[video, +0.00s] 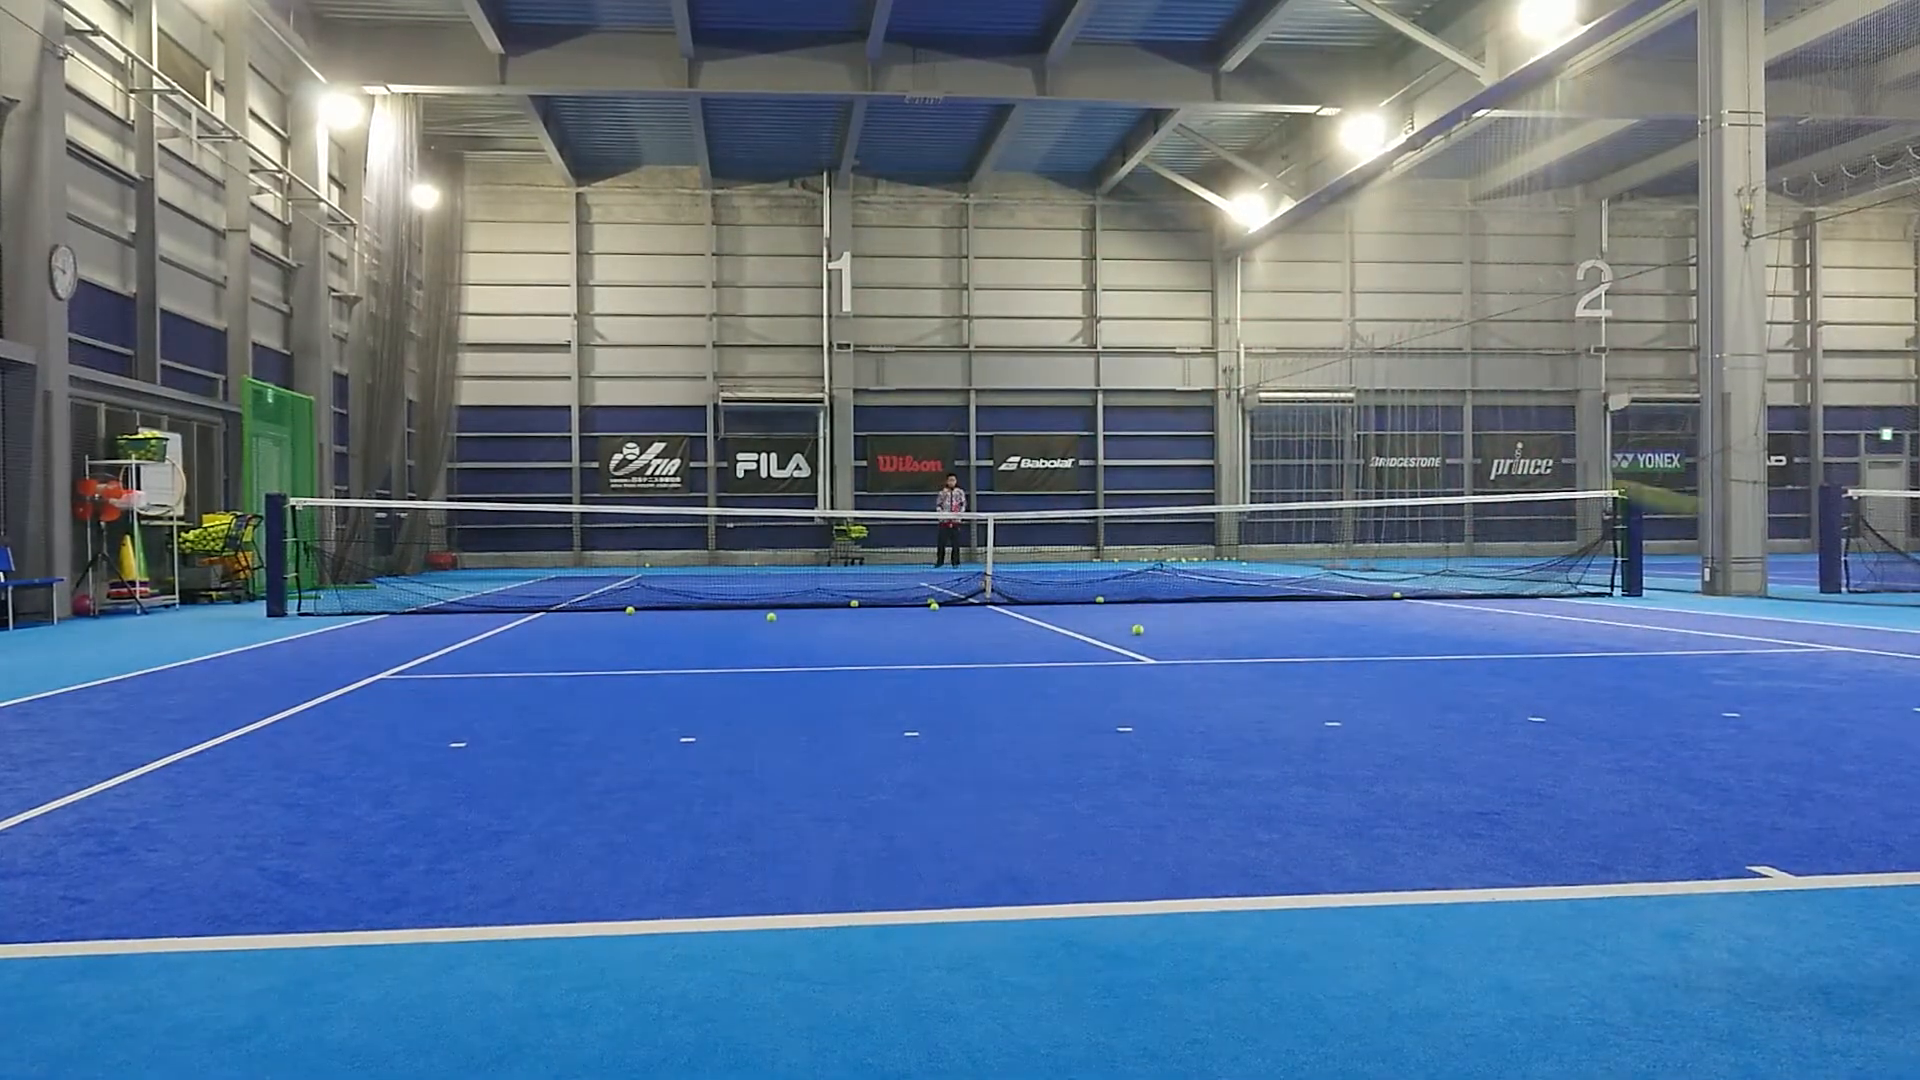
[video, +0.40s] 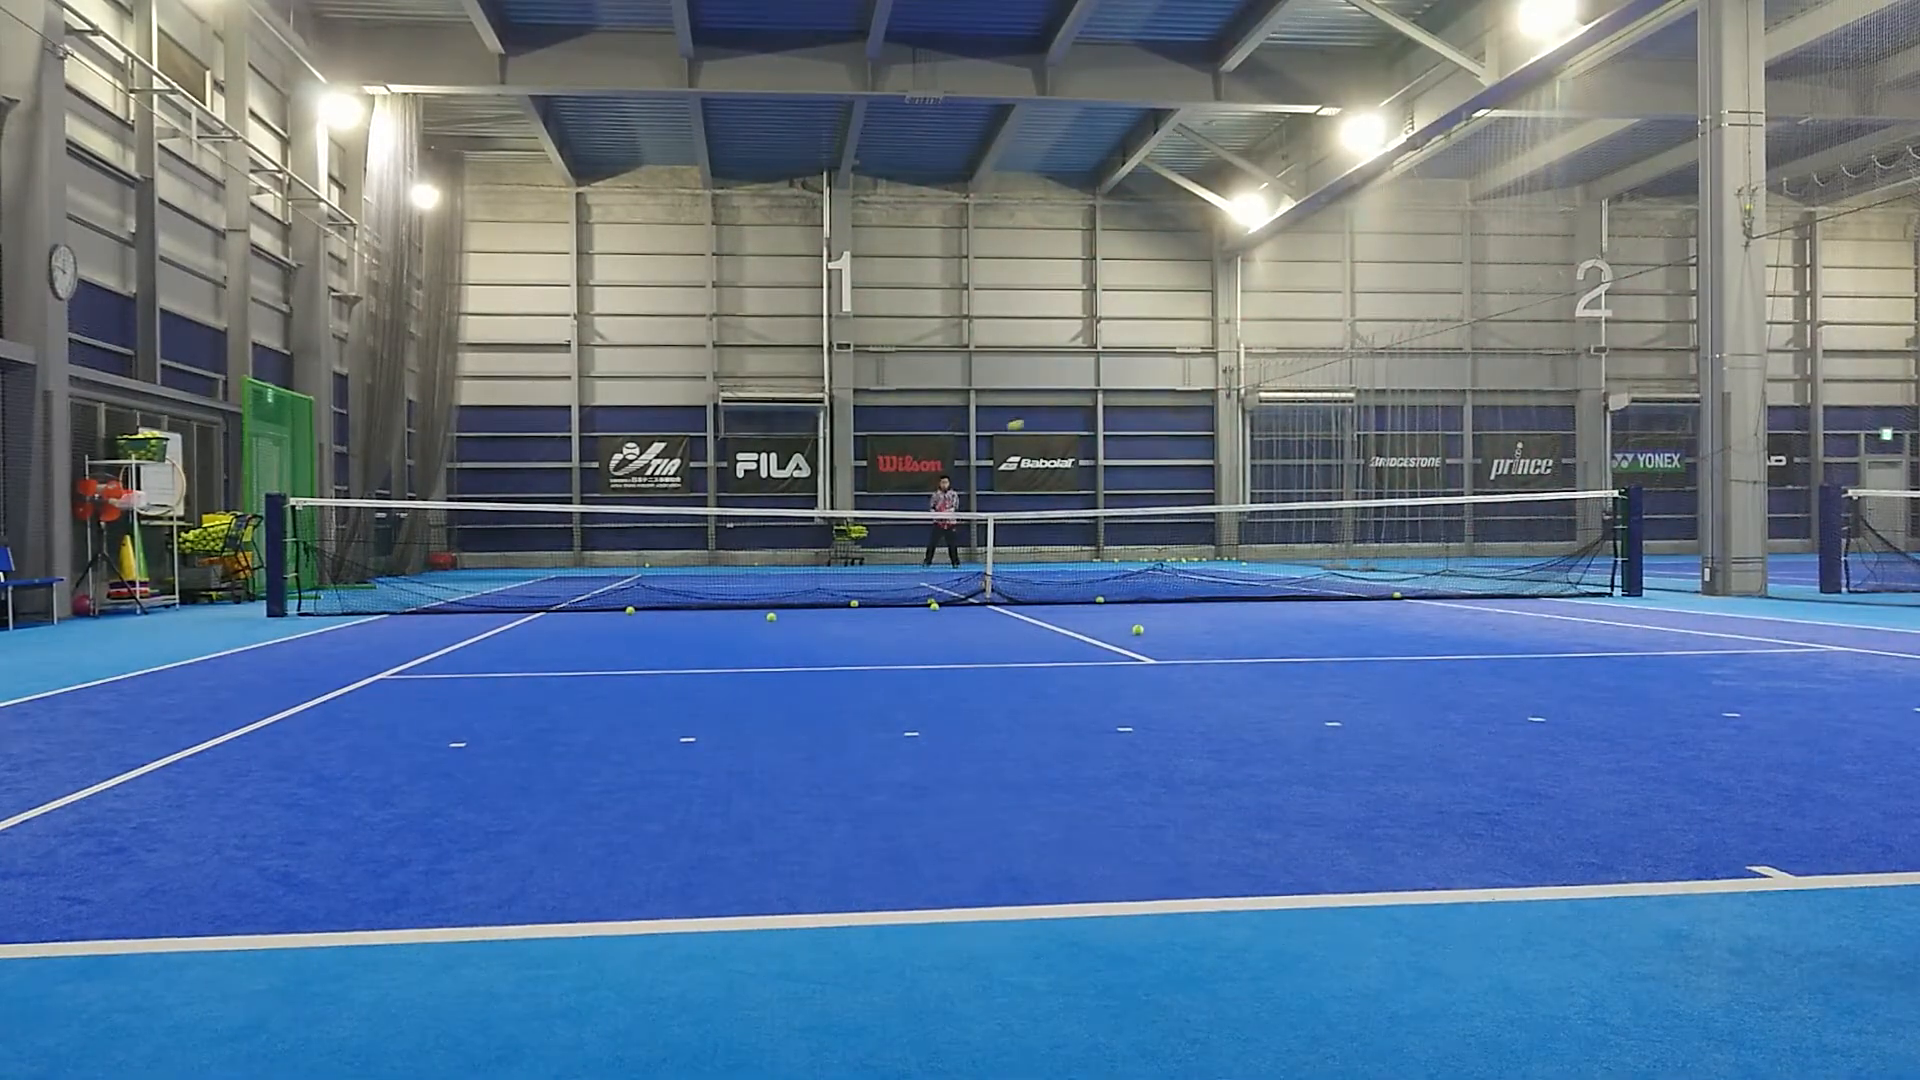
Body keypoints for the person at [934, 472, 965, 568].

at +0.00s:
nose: (952, 482)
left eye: (954, 480)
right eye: (950, 480)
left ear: (956, 482)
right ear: (946, 481)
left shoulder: (960, 492)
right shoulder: (942, 493)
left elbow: (963, 504)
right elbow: (938, 505)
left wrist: (959, 515)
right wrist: (941, 515)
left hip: (955, 522)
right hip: (944, 522)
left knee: (955, 544)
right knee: (941, 544)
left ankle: (955, 562)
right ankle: (939, 562)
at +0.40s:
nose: (944, 485)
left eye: (946, 482)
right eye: (942, 482)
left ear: (949, 484)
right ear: (939, 484)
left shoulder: (953, 494)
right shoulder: (936, 495)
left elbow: (955, 507)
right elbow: (931, 508)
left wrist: (946, 513)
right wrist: (937, 516)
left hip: (950, 523)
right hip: (938, 523)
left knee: (952, 545)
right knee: (932, 544)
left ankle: (955, 563)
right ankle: (927, 562)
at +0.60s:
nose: (931, 490)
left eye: (933, 488)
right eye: (930, 488)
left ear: (937, 489)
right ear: (928, 490)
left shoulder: (942, 500)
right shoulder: (926, 500)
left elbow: (942, 513)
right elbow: (923, 512)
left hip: (942, 527)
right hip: (930, 527)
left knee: (947, 547)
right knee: (923, 545)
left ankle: (954, 563)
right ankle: (920, 562)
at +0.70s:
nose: (922, 490)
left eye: (923, 488)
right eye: (920, 488)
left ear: (927, 489)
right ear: (918, 490)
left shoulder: (932, 498)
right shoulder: (917, 501)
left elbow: (933, 512)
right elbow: (915, 513)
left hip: (934, 527)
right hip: (923, 527)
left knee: (941, 546)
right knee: (918, 546)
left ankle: (953, 561)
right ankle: (921, 562)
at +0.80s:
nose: (913, 491)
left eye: (915, 489)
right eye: (911, 489)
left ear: (919, 489)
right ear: (909, 491)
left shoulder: (923, 498)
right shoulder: (910, 501)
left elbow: (922, 509)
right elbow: (907, 512)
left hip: (926, 526)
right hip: (916, 526)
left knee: (925, 547)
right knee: (914, 546)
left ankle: (939, 554)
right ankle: (920, 562)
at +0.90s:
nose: (905, 491)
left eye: (906, 489)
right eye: (903, 490)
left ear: (910, 489)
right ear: (901, 491)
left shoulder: (916, 497)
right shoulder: (903, 500)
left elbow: (915, 507)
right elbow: (900, 510)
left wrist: (905, 510)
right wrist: (892, 510)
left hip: (918, 524)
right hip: (909, 524)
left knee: (912, 544)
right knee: (907, 544)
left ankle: (920, 562)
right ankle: (916, 562)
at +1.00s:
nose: (897, 492)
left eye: (899, 489)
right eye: (895, 490)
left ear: (903, 489)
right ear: (894, 491)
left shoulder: (908, 499)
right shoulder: (896, 500)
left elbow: (912, 511)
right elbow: (893, 509)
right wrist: (882, 510)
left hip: (908, 524)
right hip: (901, 524)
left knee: (901, 546)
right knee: (900, 546)